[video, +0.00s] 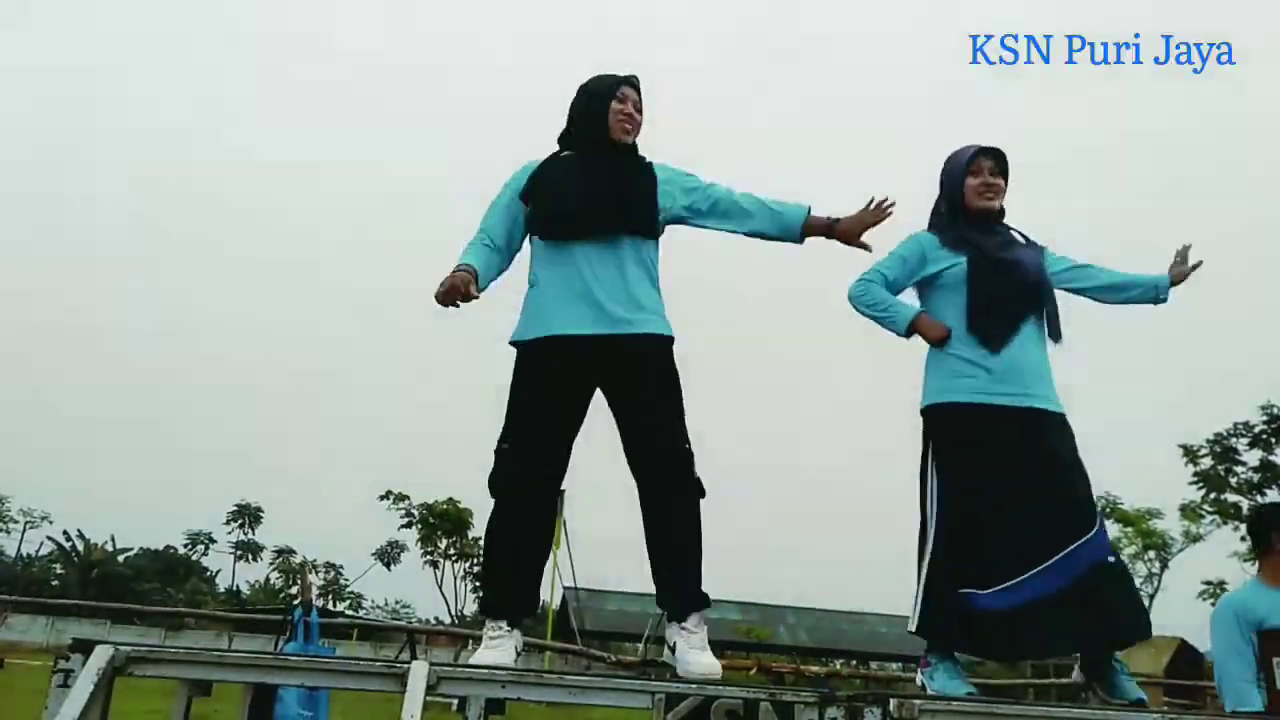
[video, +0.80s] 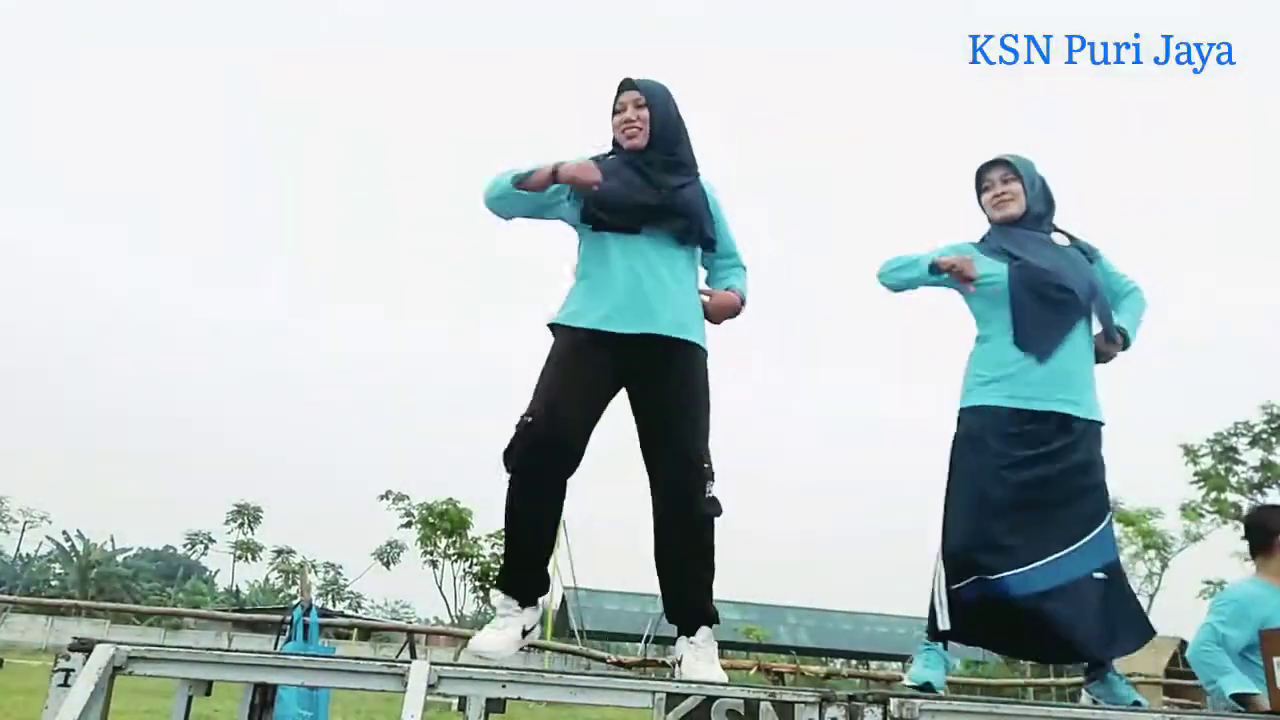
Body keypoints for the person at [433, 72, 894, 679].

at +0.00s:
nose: (631, 111)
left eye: (636, 106)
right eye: (620, 102)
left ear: (638, 124)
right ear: (588, 109)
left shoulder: (653, 179)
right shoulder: (537, 175)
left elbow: (733, 205)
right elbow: (497, 234)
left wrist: (829, 225)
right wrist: (468, 272)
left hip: (637, 338)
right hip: (552, 339)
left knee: (670, 480)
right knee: (524, 481)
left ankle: (686, 625)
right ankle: (502, 624)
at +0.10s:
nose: (644, 116)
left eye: (651, 112)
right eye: (632, 109)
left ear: (657, 127)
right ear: (606, 121)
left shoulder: (679, 187)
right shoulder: (566, 186)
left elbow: (743, 243)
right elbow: (510, 252)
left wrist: (813, 291)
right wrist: (451, 284)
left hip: (662, 351)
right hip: (575, 351)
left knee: (684, 495)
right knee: (535, 487)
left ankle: (699, 639)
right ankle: (504, 628)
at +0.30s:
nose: (656, 118)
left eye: (667, 110)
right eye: (647, 111)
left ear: (688, 122)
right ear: (635, 124)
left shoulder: (719, 190)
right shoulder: (606, 185)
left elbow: (754, 257)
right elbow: (554, 243)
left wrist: (766, 299)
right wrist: (511, 248)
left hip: (696, 348)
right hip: (615, 342)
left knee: (703, 490)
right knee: (581, 448)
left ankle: (697, 638)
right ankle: (564, 603)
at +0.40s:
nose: (658, 123)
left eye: (670, 114)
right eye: (649, 115)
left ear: (693, 125)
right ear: (638, 128)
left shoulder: (719, 192)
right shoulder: (609, 183)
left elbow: (761, 257)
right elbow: (556, 240)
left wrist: (766, 294)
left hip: (701, 343)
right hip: (621, 337)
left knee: (701, 487)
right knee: (609, 447)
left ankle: (698, 638)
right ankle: (617, 604)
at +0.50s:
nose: (654, 137)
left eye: (665, 129)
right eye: (646, 130)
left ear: (690, 140)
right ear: (634, 143)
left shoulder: (719, 212)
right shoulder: (609, 192)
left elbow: (766, 270)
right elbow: (606, 227)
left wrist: (764, 301)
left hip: (704, 354)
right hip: (622, 354)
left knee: (712, 496)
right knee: (619, 480)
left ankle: (699, 640)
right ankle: (643, 634)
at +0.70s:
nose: (635, 123)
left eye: (646, 113)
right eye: (628, 116)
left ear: (674, 122)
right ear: (620, 128)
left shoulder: (709, 193)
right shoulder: (603, 186)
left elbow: (750, 258)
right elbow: (573, 185)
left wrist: (751, 291)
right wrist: (660, 184)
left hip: (688, 341)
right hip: (603, 334)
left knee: (693, 485)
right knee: (563, 443)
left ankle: (696, 635)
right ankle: (578, 601)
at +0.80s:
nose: (630, 116)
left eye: (641, 107)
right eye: (622, 110)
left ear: (666, 119)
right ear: (613, 126)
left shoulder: (694, 188)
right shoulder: (590, 181)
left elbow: (727, 259)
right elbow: (497, 197)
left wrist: (732, 293)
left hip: (673, 337)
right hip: (589, 330)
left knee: (685, 481)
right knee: (537, 449)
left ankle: (695, 635)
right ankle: (520, 605)